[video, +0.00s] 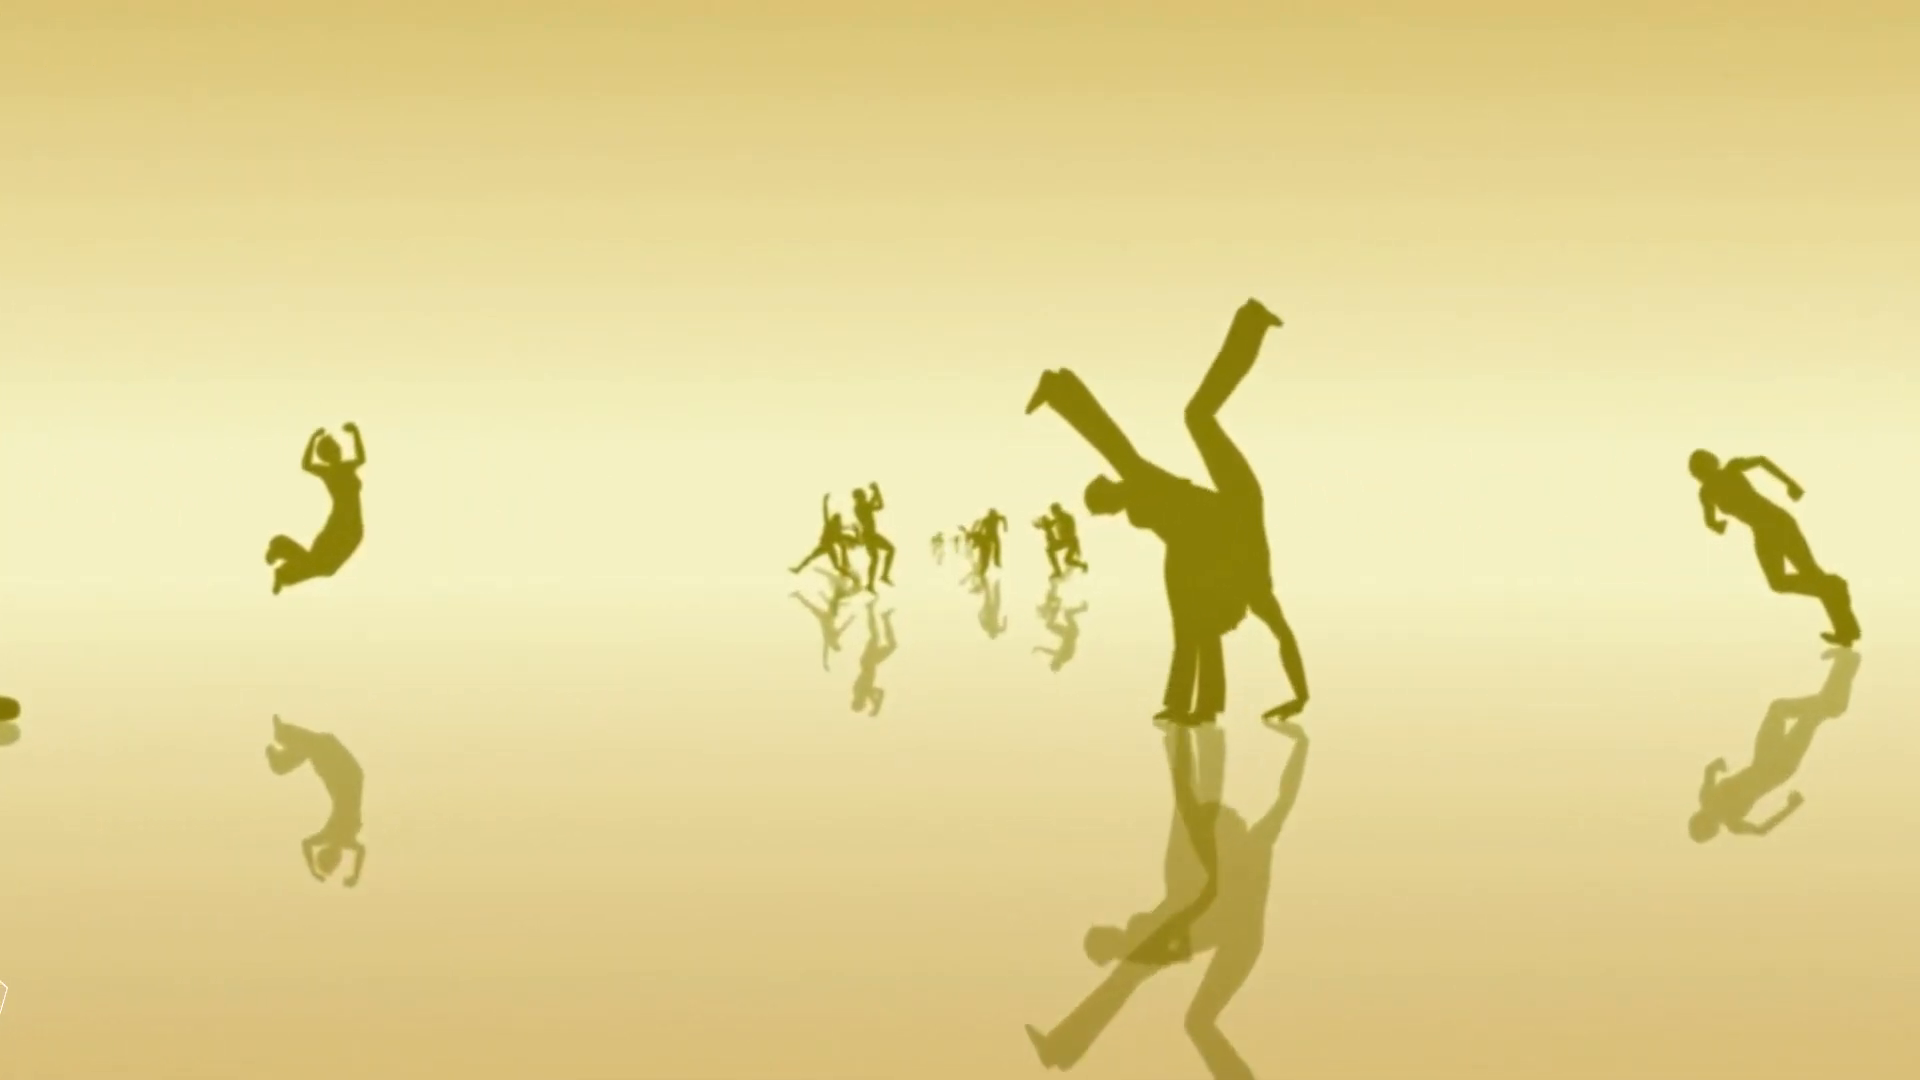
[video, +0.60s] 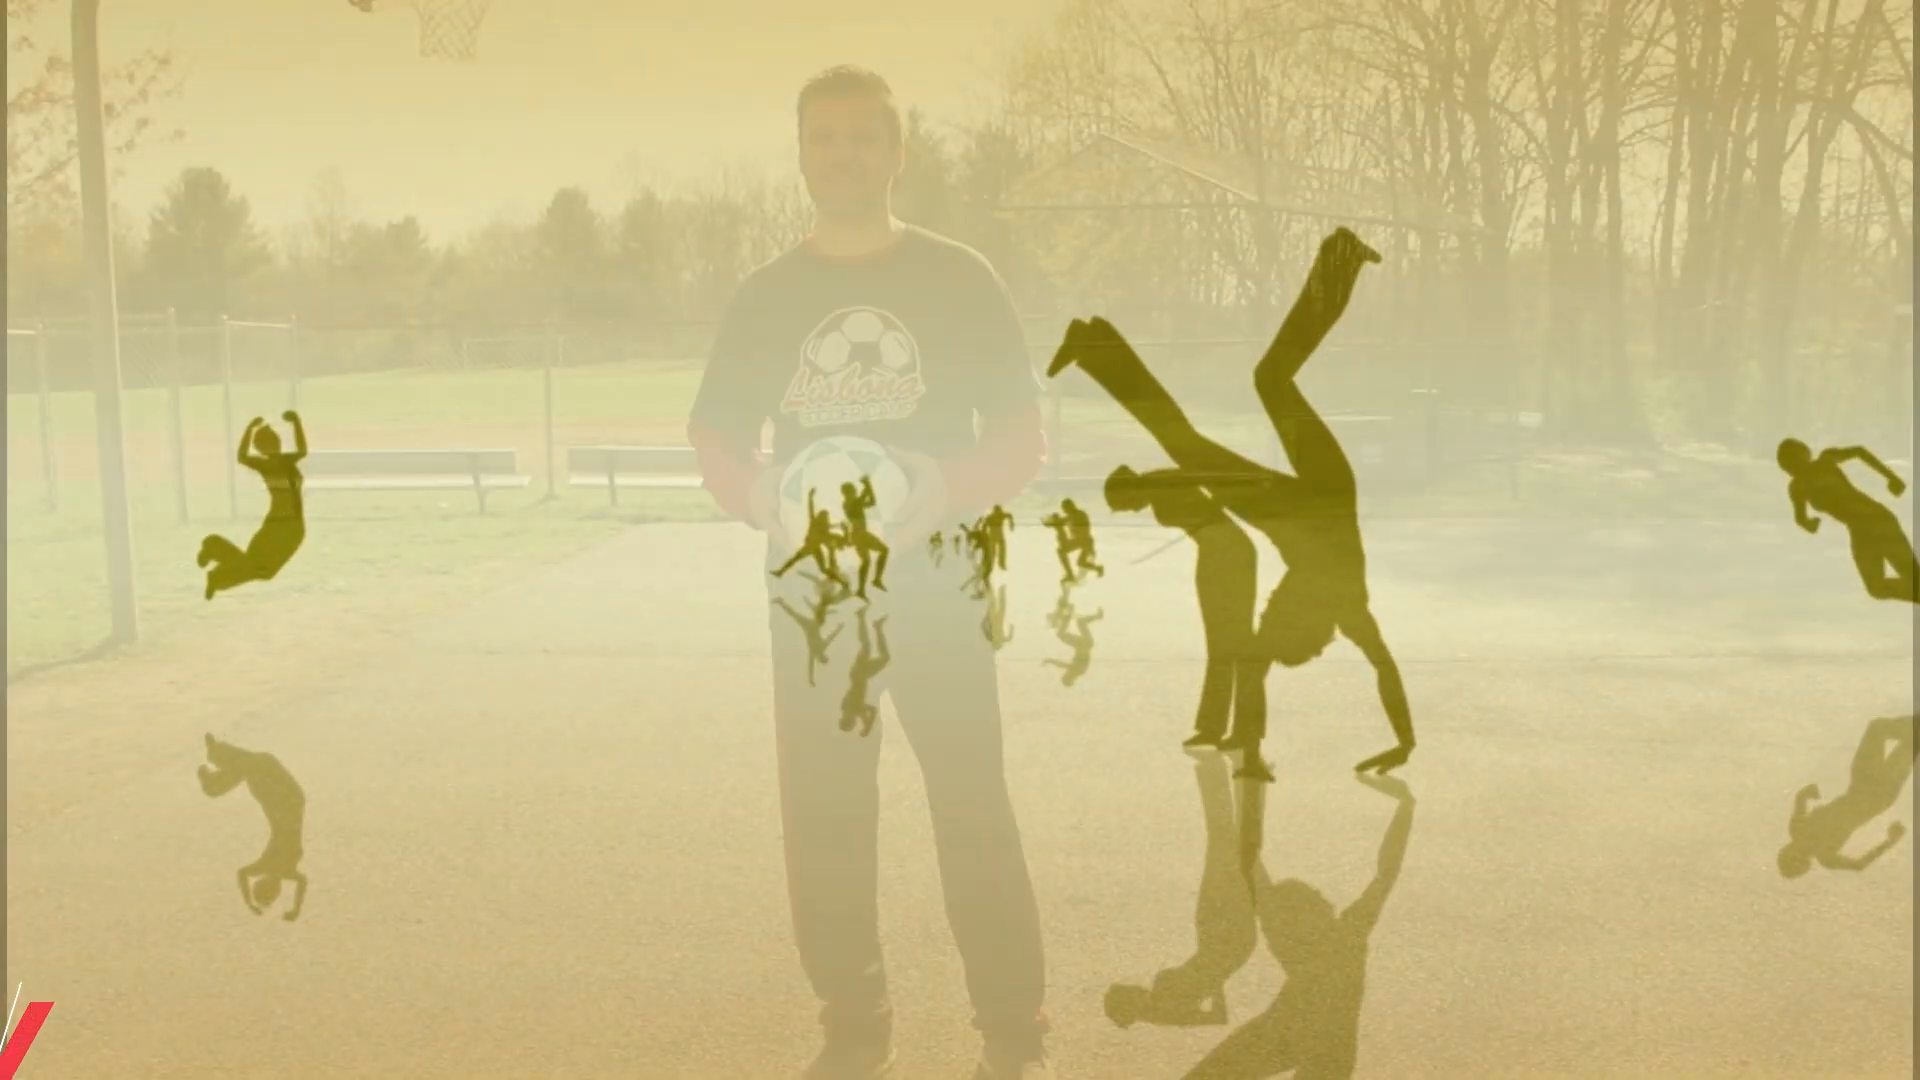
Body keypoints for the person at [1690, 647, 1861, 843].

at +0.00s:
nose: (1710, 831)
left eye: (1705, 830)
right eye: (1708, 833)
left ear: (1701, 818)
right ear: (1710, 830)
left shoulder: (1707, 799)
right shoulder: (1733, 824)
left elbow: (1709, 776)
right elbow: (1761, 830)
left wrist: (1715, 767)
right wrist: (1790, 808)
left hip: (1763, 758)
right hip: (1780, 769)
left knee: (1776, 709)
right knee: (1813, 717)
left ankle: (1823, 703)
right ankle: (1846, 663)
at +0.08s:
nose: (1727, 837)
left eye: (1722, 836)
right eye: (1725, 839)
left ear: (1717, 824)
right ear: (1727, 836)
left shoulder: (1724, 806)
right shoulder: (1751, 831)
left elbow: (1725, 782)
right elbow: (1780, 836)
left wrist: (1732, 771)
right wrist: (1808, 815)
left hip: (1780, 763)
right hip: (1798, 775)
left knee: (1794, 713)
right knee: (1833, 720)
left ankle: (1841, 707)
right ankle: (1866, 664)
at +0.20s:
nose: (1738, 841)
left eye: (1733, 839)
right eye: (1735, 843)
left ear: (1729, 827)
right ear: (1738, 841)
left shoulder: (1736, 809)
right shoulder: (1762, 834)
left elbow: (1737, 785)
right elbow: (1792, 840)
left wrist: (1743, 775)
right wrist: (1821, 819)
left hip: (1793, 767)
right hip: (1810, 778)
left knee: (1807, 716)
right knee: (1845, 723)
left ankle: (1857, 709)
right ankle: (1879, 667)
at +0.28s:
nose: (1756, 847)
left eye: (1750, 846)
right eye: (1753, 850)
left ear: (1746, 834)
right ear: (1756, 847)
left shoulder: (1753, 815)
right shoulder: (1780, 842)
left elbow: (1755, 788)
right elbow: (1811, 848)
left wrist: (1762, 780)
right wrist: (1841, 824)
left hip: (1812, 772)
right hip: (1829, 785)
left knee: (1826, 720)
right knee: (1864, 729)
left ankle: (1879, 714)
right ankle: (1900, 670)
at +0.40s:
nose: (1767, 846)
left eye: (1762, 846)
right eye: (1766, 850)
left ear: (1758, 838)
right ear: (1769, 850)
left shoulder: (1765, 818)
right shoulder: (1793, 845)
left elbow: (1767, 789)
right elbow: (1824, 853)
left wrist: (1776, 783)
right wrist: (1855, 828)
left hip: (1826, 773)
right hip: (1845, 787)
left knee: (1840, 722)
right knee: (1879, 729)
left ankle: (1890, 716)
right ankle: (1911, 666)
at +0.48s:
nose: (1787, 858)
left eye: (1781, 857)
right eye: (1785, 860)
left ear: (1776, 846)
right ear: (1787, 859)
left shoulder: (1784, 826)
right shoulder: (1813, 854)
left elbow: (1786, 798)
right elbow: (1846, 859)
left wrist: (1794, 789)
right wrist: (1875, 835)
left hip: (1846, 780)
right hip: (1866, 793)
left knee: (1861, 726)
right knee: (1896, 738)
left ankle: (1908, 718)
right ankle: (1912, 722)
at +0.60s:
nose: (1802, 866)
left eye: (1796, 864)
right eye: (1799, 868)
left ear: (1790, 853)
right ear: (1801, 865)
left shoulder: (1797, 828)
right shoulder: (1826, 857)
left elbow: (1800, 798)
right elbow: (1858, 865)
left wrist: (1809, 792)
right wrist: (1890, 841)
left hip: (1860, 784)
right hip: (1879, 798)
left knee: (1876, 727)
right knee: (1909, 744)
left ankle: (1915, 723)